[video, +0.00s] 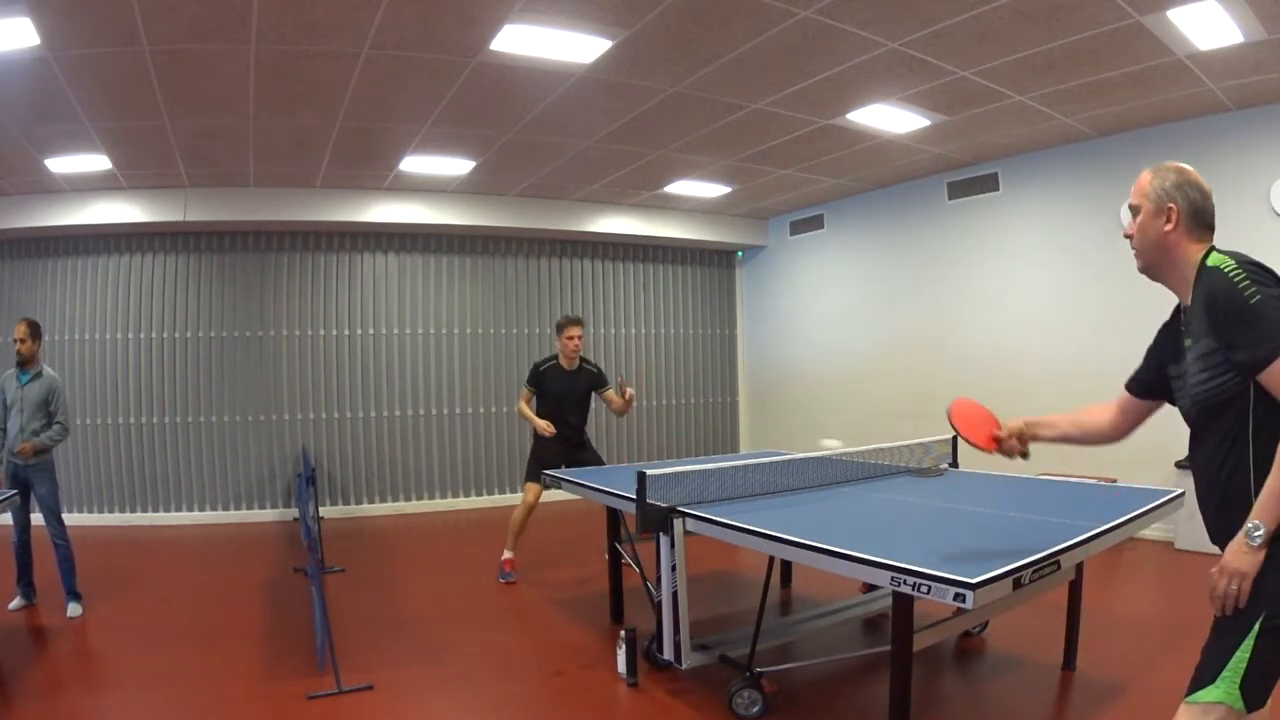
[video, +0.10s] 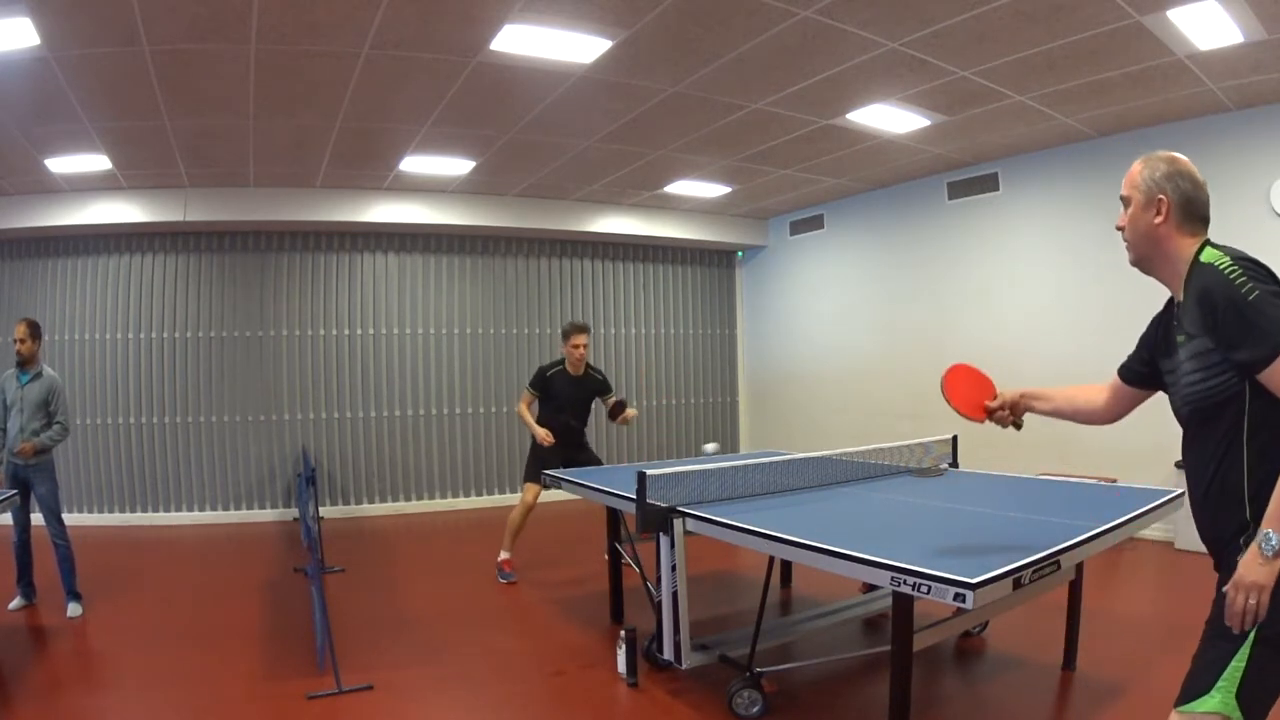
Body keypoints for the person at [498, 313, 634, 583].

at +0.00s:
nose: (576, 343)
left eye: (579, 338)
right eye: (570, 339)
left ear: (583, 341)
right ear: (558, 341)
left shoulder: (592, 372)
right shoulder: (541, 370)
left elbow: (617, 408)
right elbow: (522, 404)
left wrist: (626, 402)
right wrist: (536, 421)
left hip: (579, 445)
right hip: (547, 445)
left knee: (612, 491)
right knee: (530, 500)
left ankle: (618, 546)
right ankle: (508, 556)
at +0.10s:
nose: (581, 352)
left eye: (585, 347)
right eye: (576, 347)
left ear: (589, 347)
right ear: (564, 347)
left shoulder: (597, 379)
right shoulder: (547, 373)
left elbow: (614, 412)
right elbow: (522, 406)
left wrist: (625, 415)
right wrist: (535, 429)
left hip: (577, 447)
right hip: (546, 446)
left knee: (612, 489)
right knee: (529, 500)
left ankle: (616, 547)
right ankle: (504, 557)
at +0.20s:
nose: (581, 369)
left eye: (585, 363)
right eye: (575, 363)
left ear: (590, 363)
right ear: (566, 363)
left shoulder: (595, 392)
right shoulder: (547, 384)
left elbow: (608, 427)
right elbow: (521, 411)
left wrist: (606, 443)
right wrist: (527, 440)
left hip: (575, 452)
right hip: (543, 451)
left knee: (613, 491)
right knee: (529, 501)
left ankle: (614, 548)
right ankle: (504, 558)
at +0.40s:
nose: (560, 366)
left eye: (565, 361)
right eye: (555, 360)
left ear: (572, 361)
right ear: (546, 359)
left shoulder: (577, 386)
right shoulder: (530, 374)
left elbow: (593, 423)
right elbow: (511, 394)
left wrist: (598, 421)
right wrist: (501, 421)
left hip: (560, 442)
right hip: (528, 441)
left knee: (584, 494)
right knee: (517, 498)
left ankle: (605, 540)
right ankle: (504, 556)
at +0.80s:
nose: (579, 351)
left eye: (583, 347)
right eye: (574, 347)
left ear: (588, 350)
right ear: (563, 350)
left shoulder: (596, 382)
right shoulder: (546, 379)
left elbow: (621, 420)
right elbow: (525, 410)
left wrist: (621, 409)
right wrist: (529, 420)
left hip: (582, 447)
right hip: (552, 448)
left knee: (612, 491)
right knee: (539, 499)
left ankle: (606, 539)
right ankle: (508, 557)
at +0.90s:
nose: (595, 344)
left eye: (599, 339)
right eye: (589, 339)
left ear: (602, 343)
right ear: (578, 341)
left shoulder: (605, 375)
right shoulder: (559, 369)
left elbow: (619, 413)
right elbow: (536, 401)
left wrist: (629, 408)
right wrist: (552, 411)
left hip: (589, 442)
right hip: (560, 443)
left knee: (616, 482)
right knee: (547, 495)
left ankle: (607, 534)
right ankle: (517, 552)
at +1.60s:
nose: (573, 332)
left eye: (577, 326)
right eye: (567, 328)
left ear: (581, 328)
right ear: (557, 331)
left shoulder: (588, 359)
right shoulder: (544, 361)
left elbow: (591, 389)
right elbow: (527, 398)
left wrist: (603, 397)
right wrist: (554, 413)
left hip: (579, 434)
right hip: (554, 436)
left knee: (595, 485)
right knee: (551, 492)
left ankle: (602, 534)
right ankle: (541, 550)